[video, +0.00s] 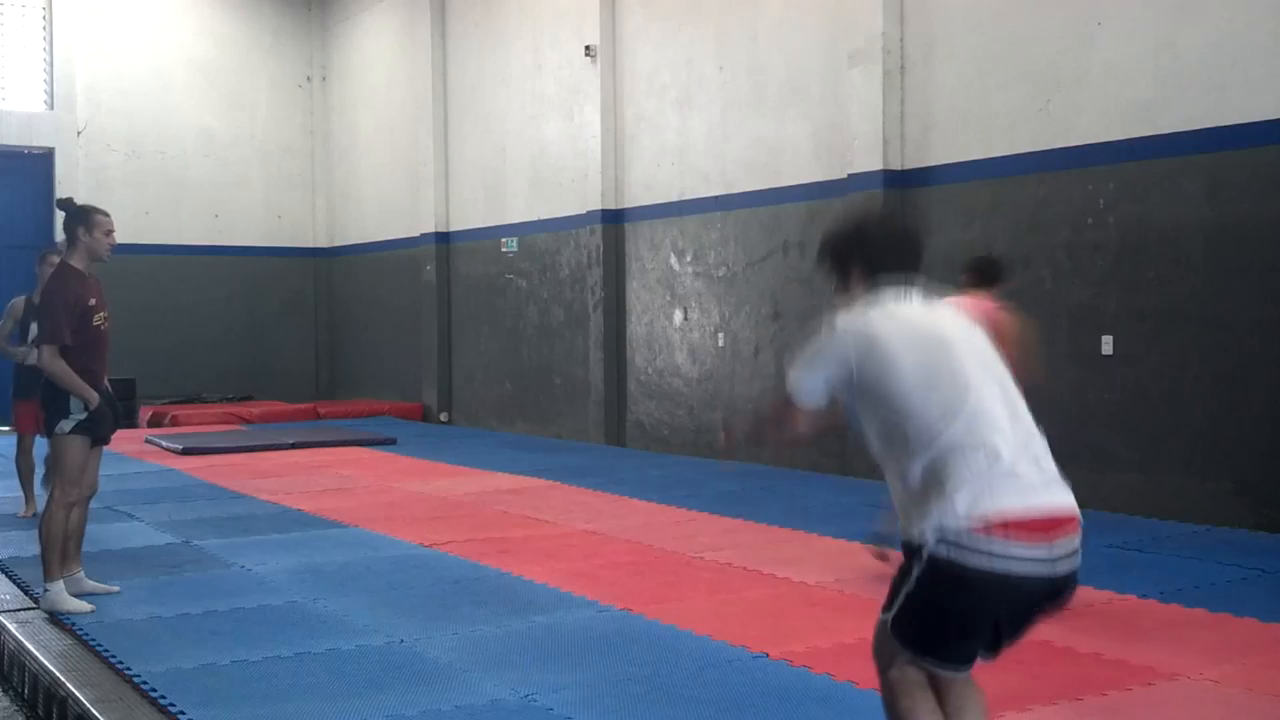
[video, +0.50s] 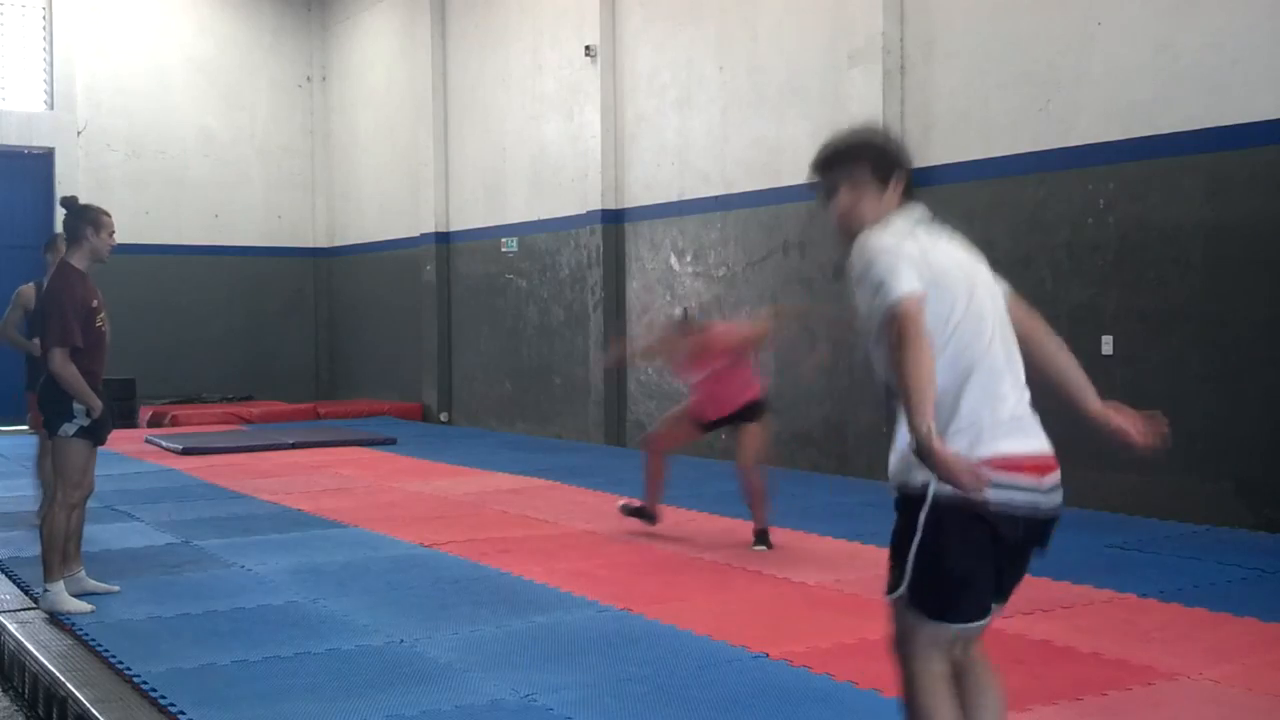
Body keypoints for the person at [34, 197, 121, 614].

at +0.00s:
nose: (113, 240)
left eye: (112, 233)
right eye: (106, 233)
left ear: (87, 237)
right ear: (80, 235)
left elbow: (89, 347)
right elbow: (47, 359)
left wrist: (106, 392)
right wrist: (94, 399)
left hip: (92, 395)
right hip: (68, 399)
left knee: (85, 491)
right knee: (64, 492)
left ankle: (73, 574)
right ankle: (53, 588)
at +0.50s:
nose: (114, 240)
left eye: (113, 232)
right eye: (109, 233)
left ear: (86, 235)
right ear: (86, 235)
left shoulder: (80, 278)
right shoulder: (64, 284)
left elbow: (78, 347)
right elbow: (57, 361)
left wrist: (96, 395)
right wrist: (94, 404)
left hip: (85, 397)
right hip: (68, 401)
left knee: (82, 490)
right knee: (66, 494)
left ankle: (73, 574)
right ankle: (53, 589)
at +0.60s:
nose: (114, 240)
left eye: (113, 232)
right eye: (109, 233)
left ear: (85, 235)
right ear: (88, 235)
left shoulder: (80, 279)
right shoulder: (65, 284)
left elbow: (83, 341)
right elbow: (58, 360)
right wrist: (95, 402)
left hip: (84, 398)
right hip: (69, 401)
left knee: (80, 490)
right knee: (66, 493)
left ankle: (73, 574)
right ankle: (53, 589)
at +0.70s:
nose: (113, 240)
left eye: (112, 233)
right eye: (109, 233)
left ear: (85, 236)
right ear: (89, 236)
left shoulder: (79, 278)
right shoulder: (66, 284)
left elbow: (81, 344)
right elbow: (59, 360)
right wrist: (96, 403)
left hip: (84, 398)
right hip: (70, 401)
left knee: (80, 489)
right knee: (67, 493)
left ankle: (73, 574)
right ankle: (53, 589)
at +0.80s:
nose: (113, 240)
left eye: (111, 233)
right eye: (108, 234)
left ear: (85, 236)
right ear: (90, 236)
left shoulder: (79, 280)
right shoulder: (66, 285)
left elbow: (80, 347)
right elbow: (59, 358)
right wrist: (96, 403)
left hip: (87, 399)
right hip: (70, 401)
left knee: (79, 491)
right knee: (66, 494)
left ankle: (72, 574)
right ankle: (53, 589)